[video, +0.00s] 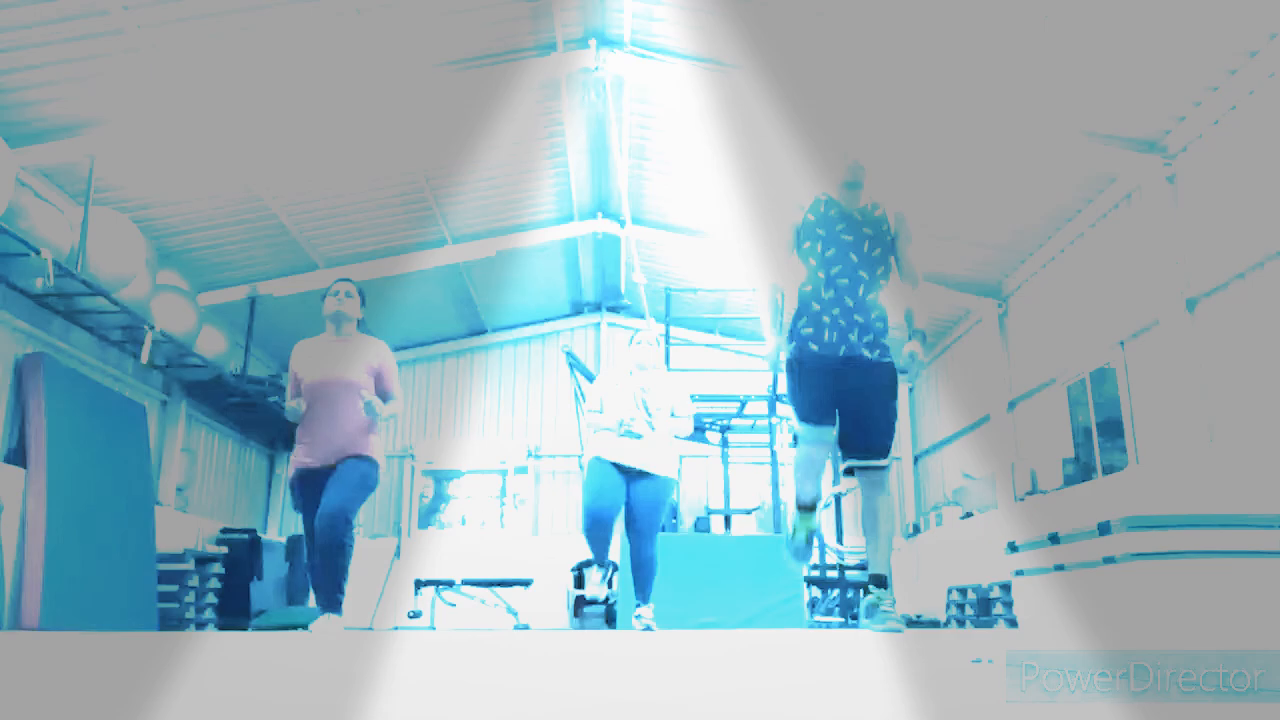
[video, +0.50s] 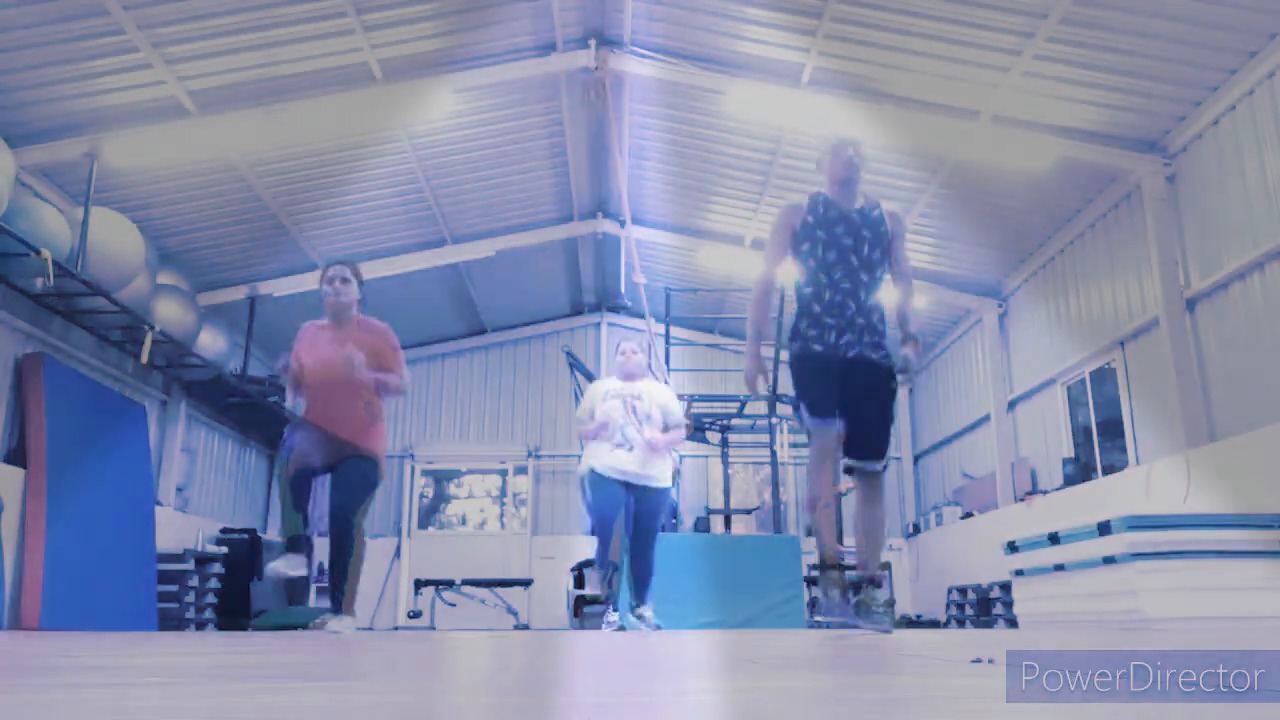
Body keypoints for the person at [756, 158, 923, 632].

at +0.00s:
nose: (852, 171)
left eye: (858, 165)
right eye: (842, 164)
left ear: (868, 177)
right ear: (826, 171)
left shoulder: (883, 222)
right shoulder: (808, 215)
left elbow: (905, 281)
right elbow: (783, 276)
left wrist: (913, 331)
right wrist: (775, 339)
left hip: (872, 354)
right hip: (813, 349)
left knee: (874, 476)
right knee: (815, 438)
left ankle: (878, 593)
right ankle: (805, 517)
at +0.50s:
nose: (848, 158)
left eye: (854, 153)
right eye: (839, 153)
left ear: (864, 168)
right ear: (822, 166)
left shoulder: (886, 218)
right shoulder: (798, 213)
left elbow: (903, 283)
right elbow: (766, 282)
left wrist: (907, 332)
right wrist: (755, 351)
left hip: (872, 350)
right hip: (815, 345)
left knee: (870, 474)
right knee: (825, 444)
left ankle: (871, 586)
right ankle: (830, 577)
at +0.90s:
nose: (830, 158)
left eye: (837, 152)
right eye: (821, 153)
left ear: (846, 164)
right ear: (805, 165)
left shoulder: (870, 216)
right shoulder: (783, 214)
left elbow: (891, 282)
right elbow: (761, 283)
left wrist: (905, 332)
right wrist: (767, 351)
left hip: (870, 352)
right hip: (811, 354)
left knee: (889, 456)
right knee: (824, 470)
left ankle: (857, 523)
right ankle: (837, 590)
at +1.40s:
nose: (846, 171)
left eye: (852, 165)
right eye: (837, 164)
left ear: (861, 177)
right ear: (822, 174)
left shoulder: (879, 229)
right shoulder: (799, 223)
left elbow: (901, 291)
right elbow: (766, 285)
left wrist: (909, 347)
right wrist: (784, 335)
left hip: (877, 361)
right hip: (816, 362)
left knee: (890, 466)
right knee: (814, 483)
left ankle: (895, 587)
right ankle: (811, 594)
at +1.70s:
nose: (864, 170)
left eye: (871, 164)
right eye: (855, 163)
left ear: (879, 176)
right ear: (838, 174)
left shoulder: (896, 231)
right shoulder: (810, 224)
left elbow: (914, 297)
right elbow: (781, 291)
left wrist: (918, 358)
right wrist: (782, 358)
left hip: (884, 366)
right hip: (825, 364)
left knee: (889, 481)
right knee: (823, 470)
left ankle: (891, 596)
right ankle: (804, 552)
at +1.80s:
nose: (864, 167)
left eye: (870, 161)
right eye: (854, 161)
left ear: (879, 173)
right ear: (838, 172)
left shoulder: (898, 228)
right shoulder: (809, 223)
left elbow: (917, 291)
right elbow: (781, 291)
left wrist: (921, 352)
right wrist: (770, 360)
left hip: (882, 356)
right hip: (824, 351)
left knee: (886, 476)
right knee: (838, 427)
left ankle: (888, 593)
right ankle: (812, 489)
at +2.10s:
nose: (855, 190)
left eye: (861, 182)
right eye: (846, 183)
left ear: (870, 186)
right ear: (831, 188)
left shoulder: (889, 233)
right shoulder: (809, 231)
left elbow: (911, 294)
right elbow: (777, 298)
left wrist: (919, 350)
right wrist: (768, 369)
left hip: (880, 357)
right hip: (825, 349)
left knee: (885, 476)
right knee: (844, 403)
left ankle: (888, 598)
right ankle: (829, 542)